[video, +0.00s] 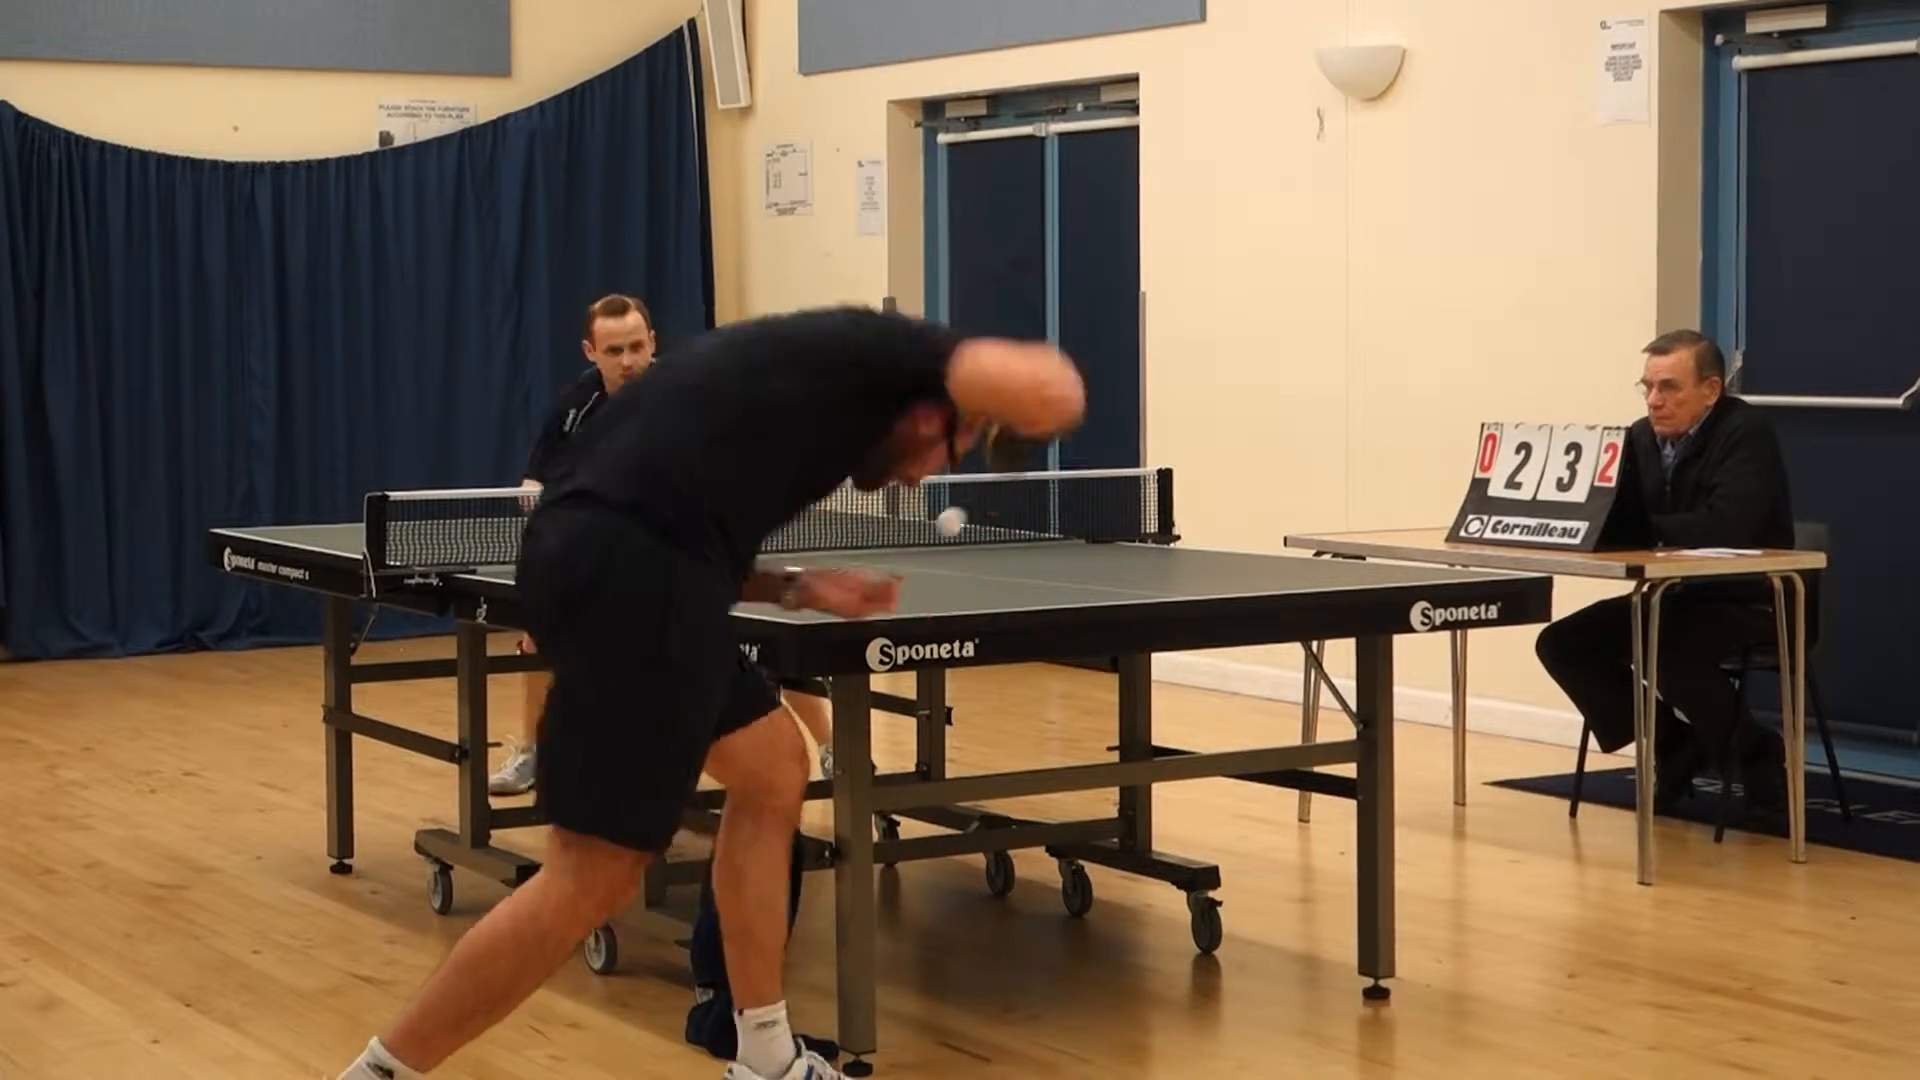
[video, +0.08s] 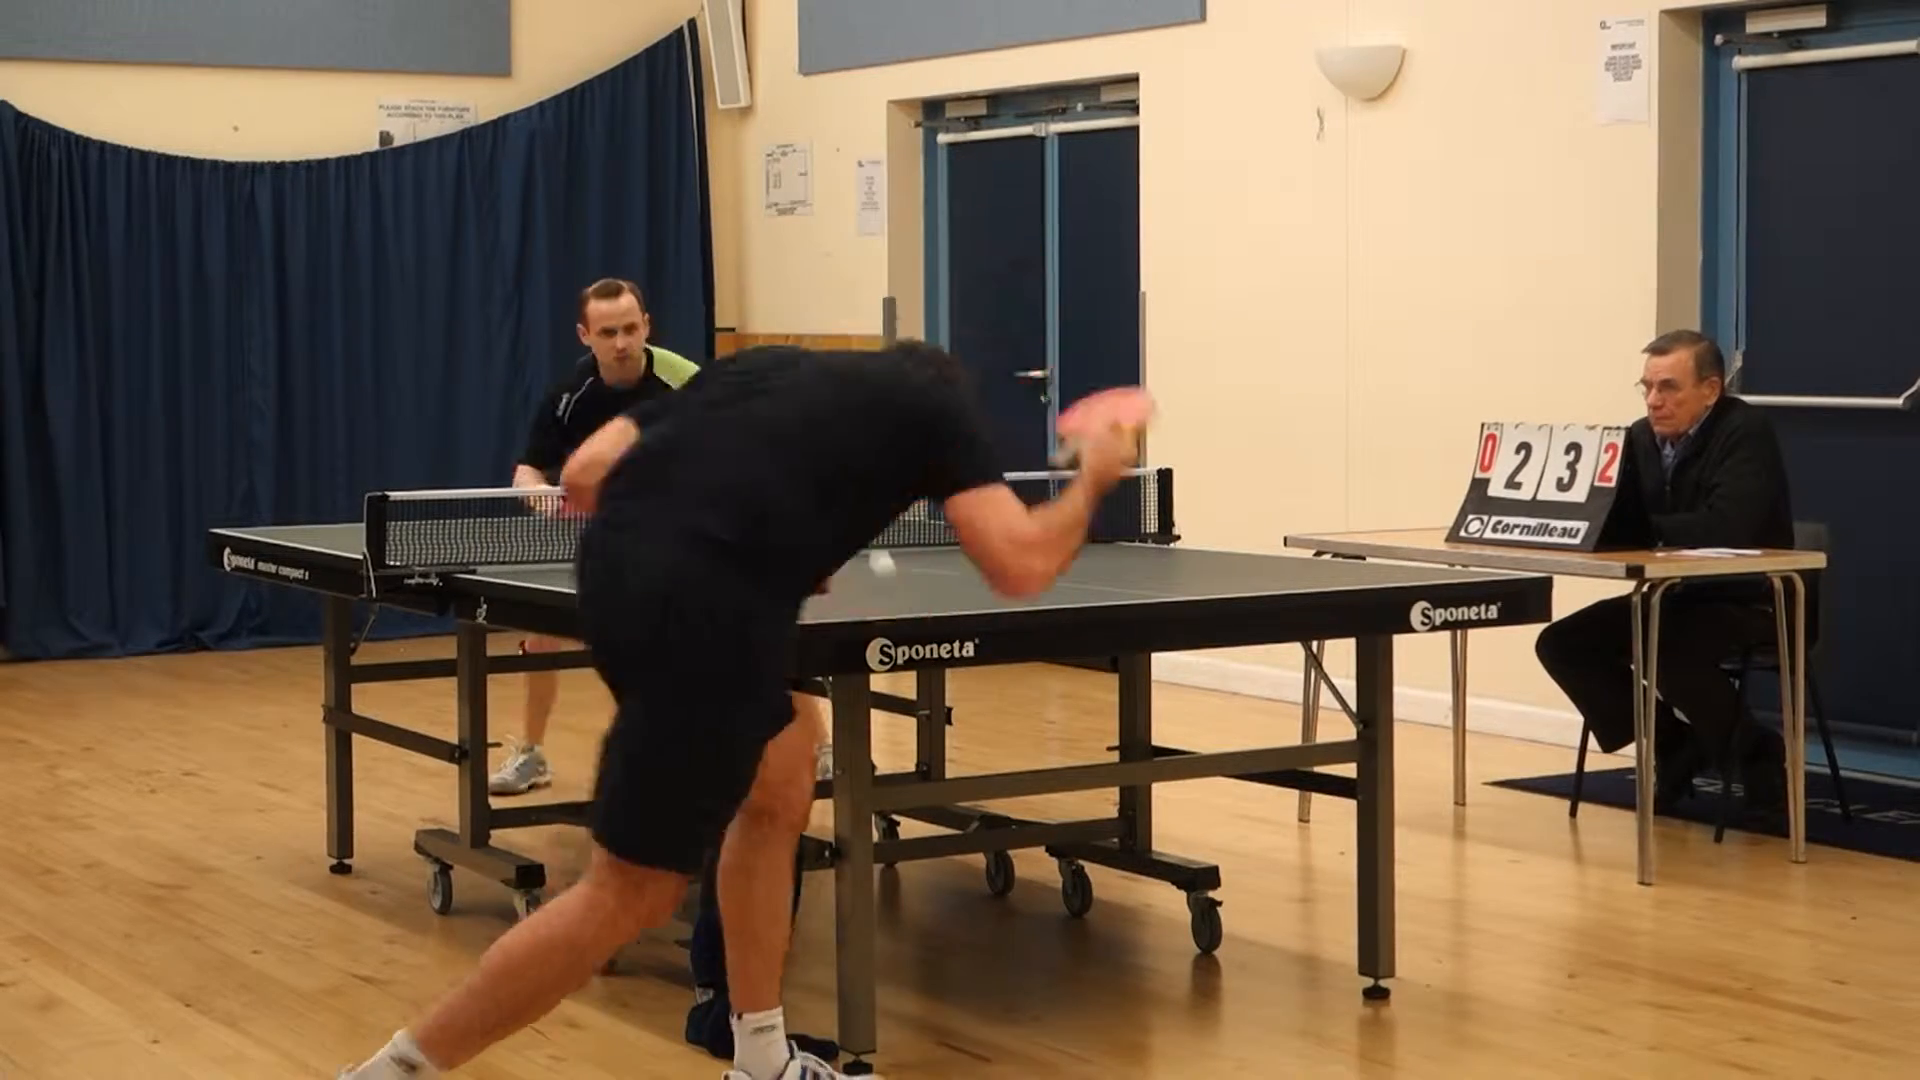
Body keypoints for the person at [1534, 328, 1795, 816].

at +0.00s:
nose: (1654, 400)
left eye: (1668, 387)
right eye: (1648, 386)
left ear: (1711, 389)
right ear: (1642, 386)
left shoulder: (1747, 433)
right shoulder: (1640, 438)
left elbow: (1732, 528)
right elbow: (1612, 519)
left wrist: (1639, 531)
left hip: (1756, 600)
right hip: (1674, 596)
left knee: (1669, 647)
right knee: (1561, 643)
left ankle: (1757, 751)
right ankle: (1673, 739)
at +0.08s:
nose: (1653, 400)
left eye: (1668, 387)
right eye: (1648, 386)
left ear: (1710, 390)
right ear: (1641, 387)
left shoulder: (1746, 433)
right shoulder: (1640, 438)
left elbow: (1732, 527)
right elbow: (1613, 520)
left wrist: (1641, 531)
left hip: (1755, 599)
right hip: (1674, 595)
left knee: (1669, 648)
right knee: (1561, 644)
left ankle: (1757, 751)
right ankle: (1672, 740)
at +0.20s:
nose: (1651, 400)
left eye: (1666, 387)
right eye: (1647, 386)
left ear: (1709, 391)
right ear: (1641, 387)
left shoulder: (1747, 434)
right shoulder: (1640, 438)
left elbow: (1732, 527)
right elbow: (1614, 522)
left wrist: (1641, 531)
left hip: (1757, 600)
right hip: (1675, 596)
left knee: (1669, 647)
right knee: (1562, 643)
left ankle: (1760, 753)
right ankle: (1673, 740)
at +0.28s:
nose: (1649, 400)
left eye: (1664, 388)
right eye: (1646, 386)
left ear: (1708, 392)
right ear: (1641, 386)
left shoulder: (1747, 435)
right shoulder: (1640, 438)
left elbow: (1733, 528)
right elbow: (1616, 523)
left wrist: (1644, 531)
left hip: (1756, 600)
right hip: (1675, 596)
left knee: (1669, 647)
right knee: (1561, 643)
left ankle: (1760, 752)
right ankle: (1673, 741)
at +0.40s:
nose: (1647, 400)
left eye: (1661, 388)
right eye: (1644, 387)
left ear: (1706, 393)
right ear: (1639, 388)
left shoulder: (1746, 435)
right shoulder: (1639, 440)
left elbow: (1734, 528)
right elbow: (1611, 521)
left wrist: (1641, 532)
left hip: (1758, 601)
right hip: (1675, 597)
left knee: (1669, 646)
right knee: (1560, 639)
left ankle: (1760, 753)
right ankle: (1671, 741)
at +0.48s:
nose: (1644, 400)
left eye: (1658, 388)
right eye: (1643, 387)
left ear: (1703, 393)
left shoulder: (1746, 435)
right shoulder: (1638, 440)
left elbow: (1734, 527)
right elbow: (1611, 521)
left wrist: (1642, 532)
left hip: (1757, 601)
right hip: (1675, 596)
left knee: (1670, 647)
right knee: (1560, 639)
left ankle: (1760, 753)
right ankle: (1671, 742)